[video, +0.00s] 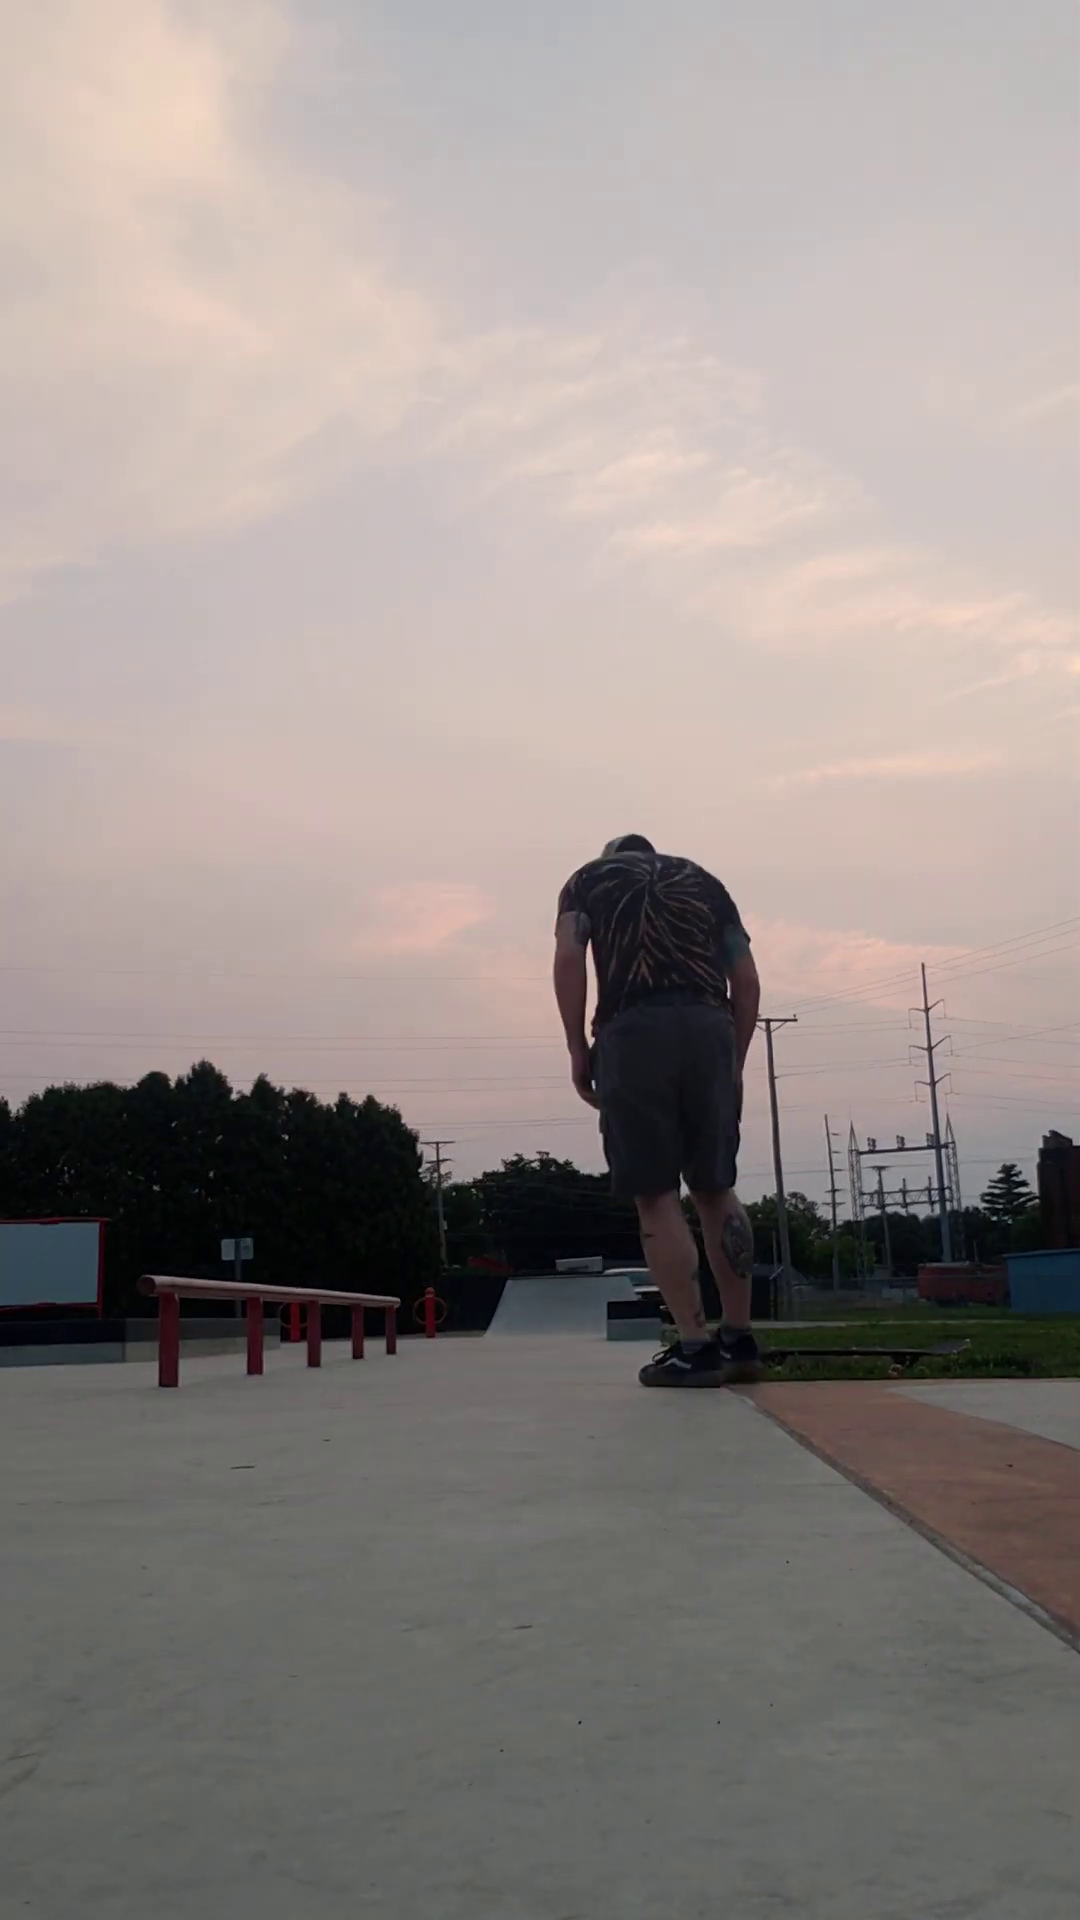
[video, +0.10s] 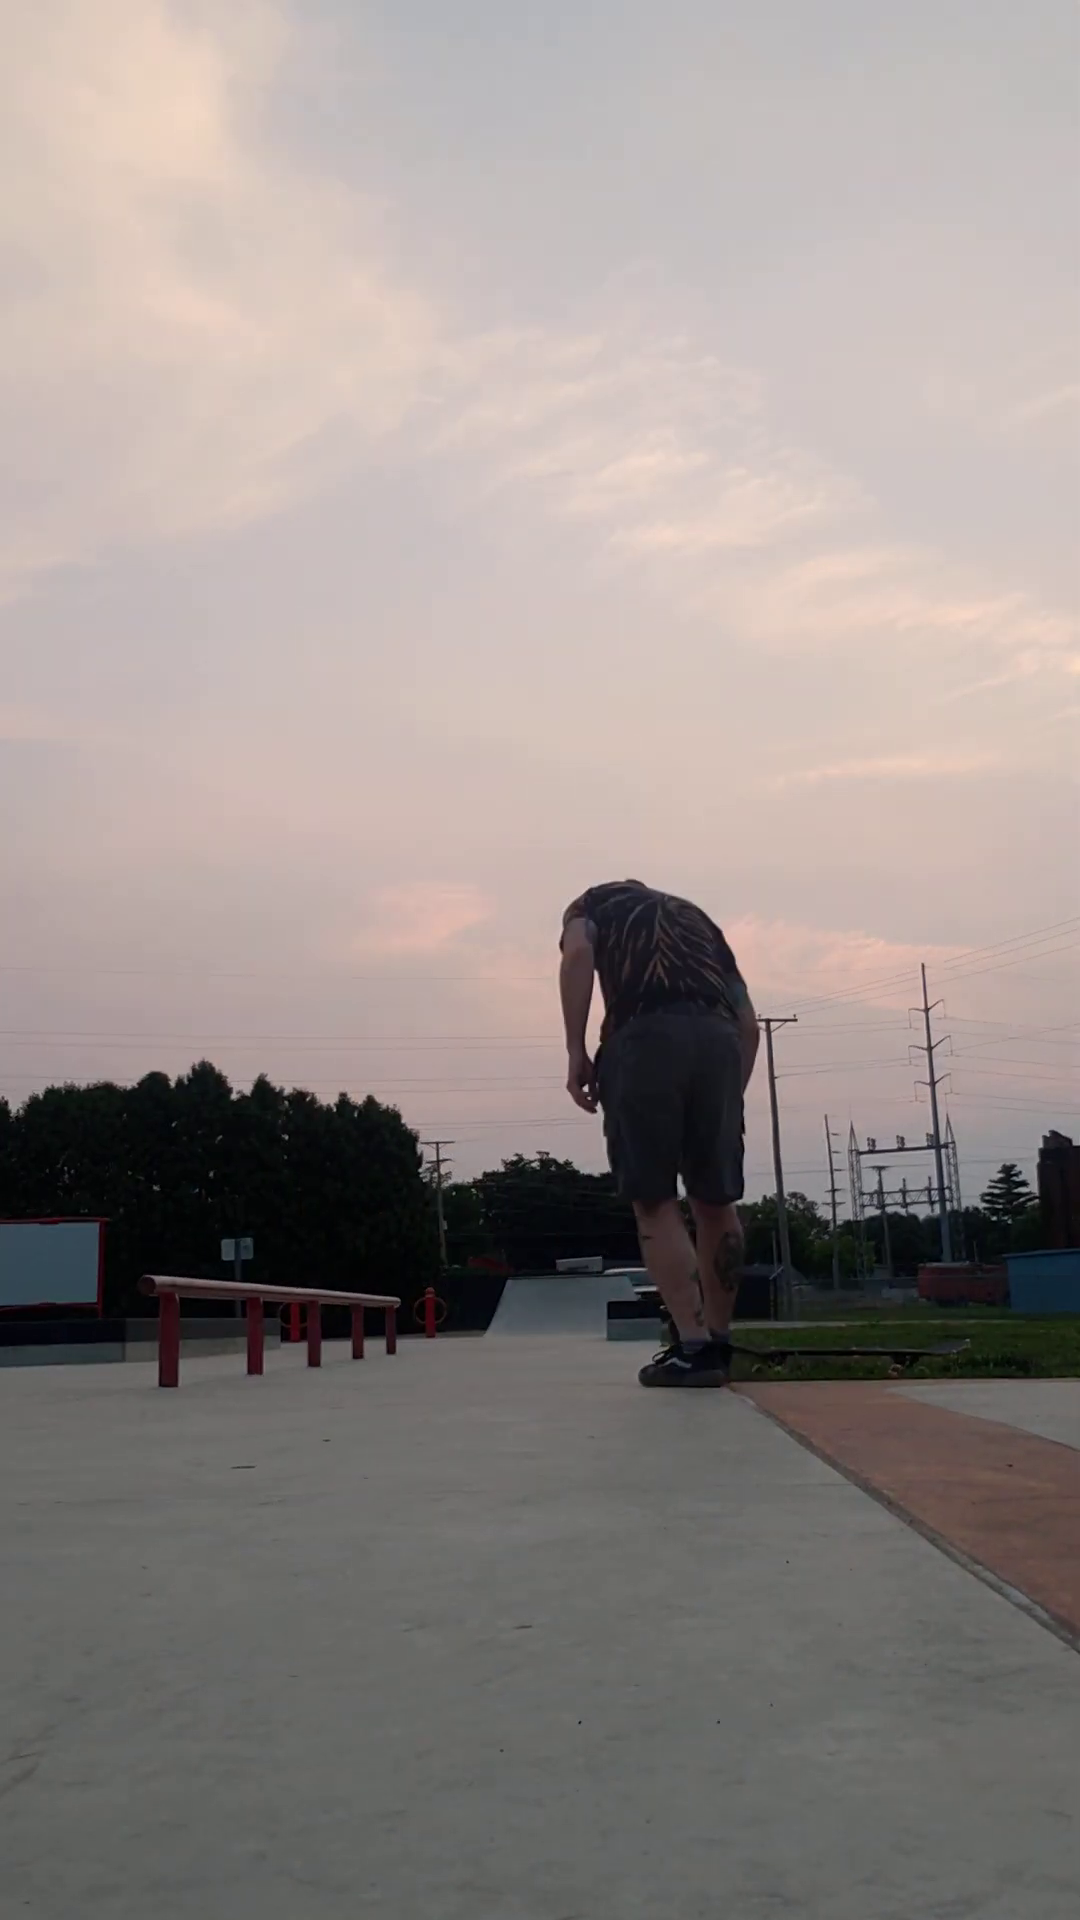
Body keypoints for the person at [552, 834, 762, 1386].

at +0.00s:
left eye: (605, 860)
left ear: (606, 857)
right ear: (654, 852)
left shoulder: (587, 880)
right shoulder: (701, 878)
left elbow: (569, 956)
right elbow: (746, 980)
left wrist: (577, 1045)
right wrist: (734, 1057)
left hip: (632, 1039)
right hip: (711, 1037)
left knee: (655, 1198)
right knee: (715, 1189)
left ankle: (694, 1347)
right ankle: (739, 1337)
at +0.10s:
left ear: (597, 896)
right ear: (646, 891)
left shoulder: (589, 904)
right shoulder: (695, 916)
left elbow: (578, 951)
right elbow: (749, 1023)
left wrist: (577, 1050)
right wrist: (729, 1095)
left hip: (644, 1043)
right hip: (720, 1046)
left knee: (654, 1203)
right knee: (716, 1200)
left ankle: (694, 1348)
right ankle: (717, 1342)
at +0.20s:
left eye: (583, 957)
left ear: (593, 933)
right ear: (640, 927)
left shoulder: (595, 934)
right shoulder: (679, 943)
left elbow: (583, 966)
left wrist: (576, 1058)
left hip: (660, 1046)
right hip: (729, 1046)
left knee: (654, 1206)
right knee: (706, 1201)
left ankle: (695, 1345)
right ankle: (711, 1342)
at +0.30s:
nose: (613, 1051)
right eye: (612, 1047)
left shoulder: (599, 968)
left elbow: (588, 980)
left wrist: (584, 1069)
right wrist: (718, 1215)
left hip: (672, 1046)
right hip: (741, 1048)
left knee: (652, 1206)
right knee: (700, 1200)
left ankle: (694, 1344)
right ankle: (712, 1340)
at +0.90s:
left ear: (573, 977)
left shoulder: (574, 971)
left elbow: (573, 992)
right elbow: (723, 1101)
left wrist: (585, 1086)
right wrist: (717, 1184)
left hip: (659, 1041)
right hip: (722, 1044)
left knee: (631, 1192)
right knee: (685, 1199)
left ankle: (690, 1305)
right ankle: (706, 1346)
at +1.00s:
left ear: (571, 954)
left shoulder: (568, 956)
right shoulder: (653, 965)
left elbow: (565, 986)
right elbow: (733, 1046)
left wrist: (572, 1080)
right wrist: (710, 1121)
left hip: (648, 1043)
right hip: (712, 1047)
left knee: (616, 1187)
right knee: (684, 1195)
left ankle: (659, 1311)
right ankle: (706, 1343)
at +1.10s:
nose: (551, 942)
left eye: (552, 933)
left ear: (558, 930)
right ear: (595, 926)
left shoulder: (556, 942)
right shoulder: (640, 952)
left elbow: (555, 982)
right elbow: (722, 1018)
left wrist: (559, 1075)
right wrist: (698, 1089)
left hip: (633, 1047)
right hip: (698, 1049)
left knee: (600, 1187)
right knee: (684, 1196)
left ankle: (611, 1336)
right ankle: (702, 1342)